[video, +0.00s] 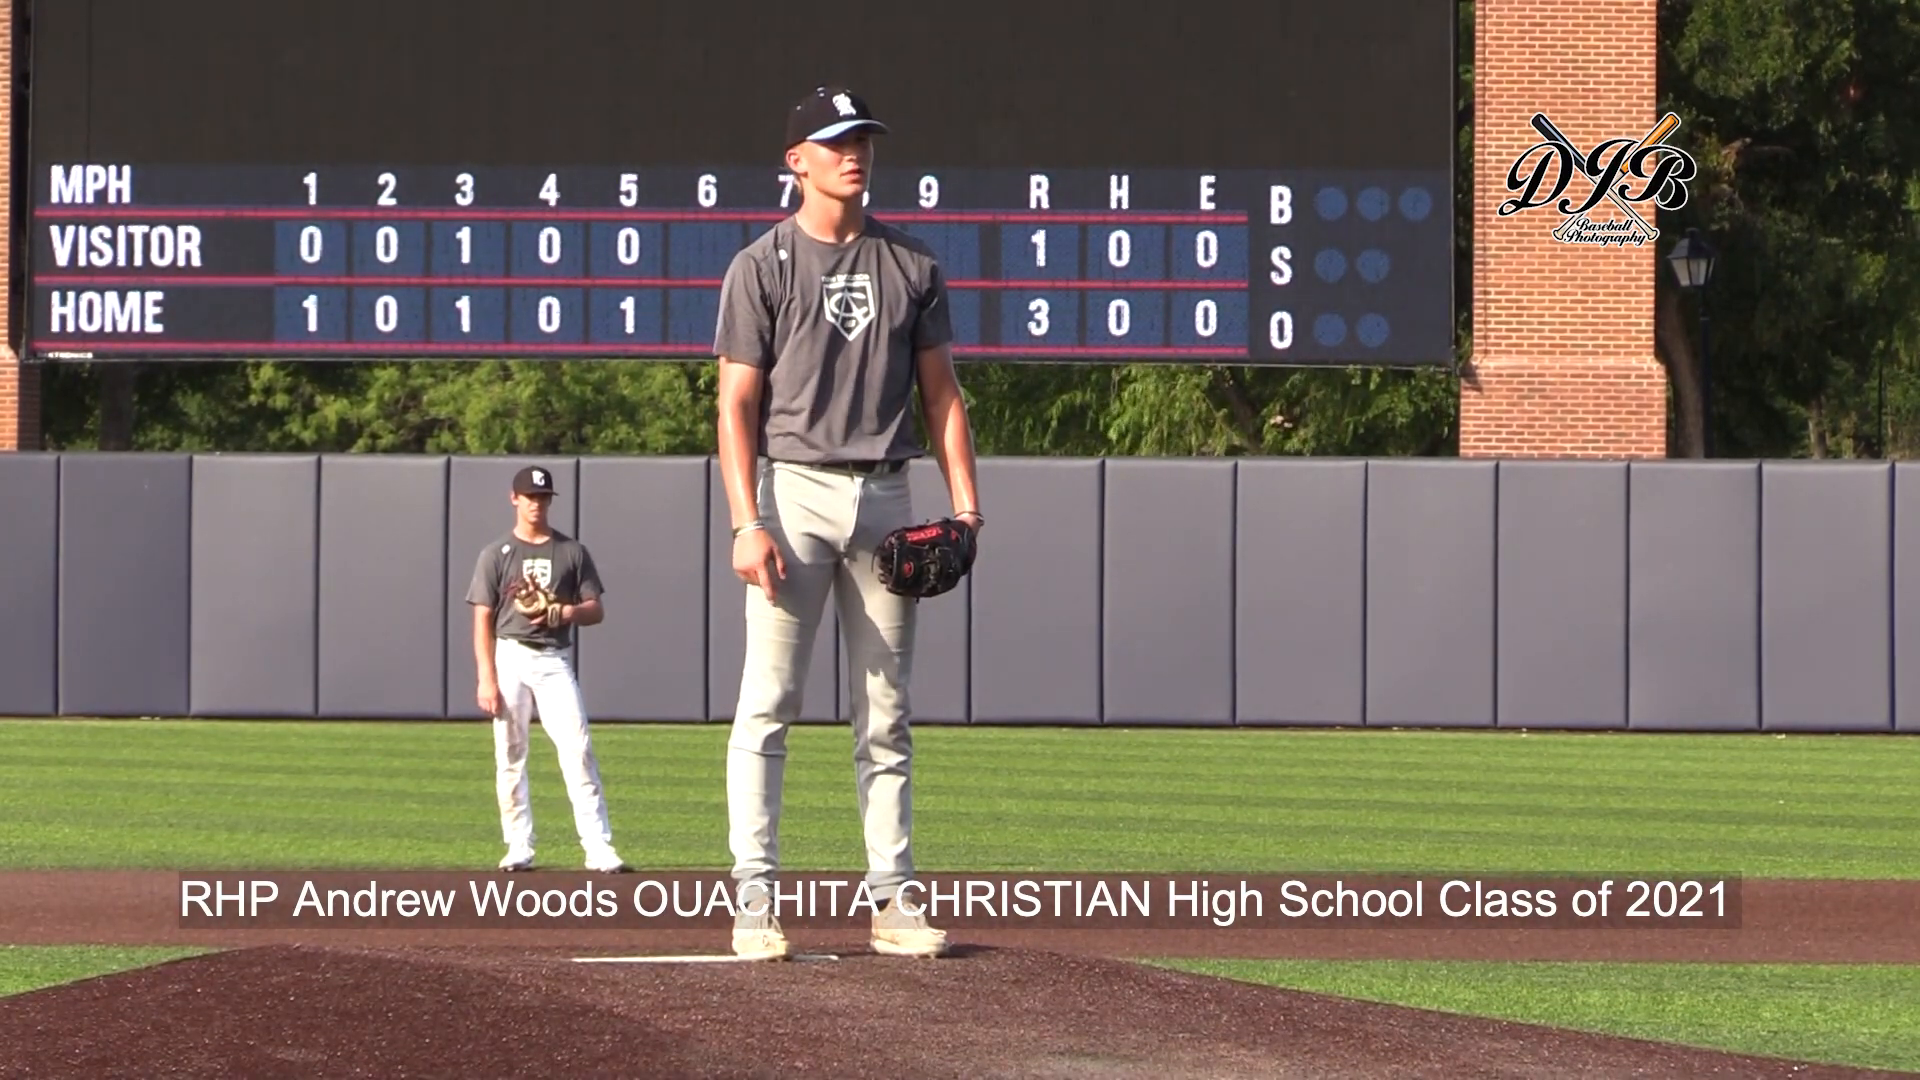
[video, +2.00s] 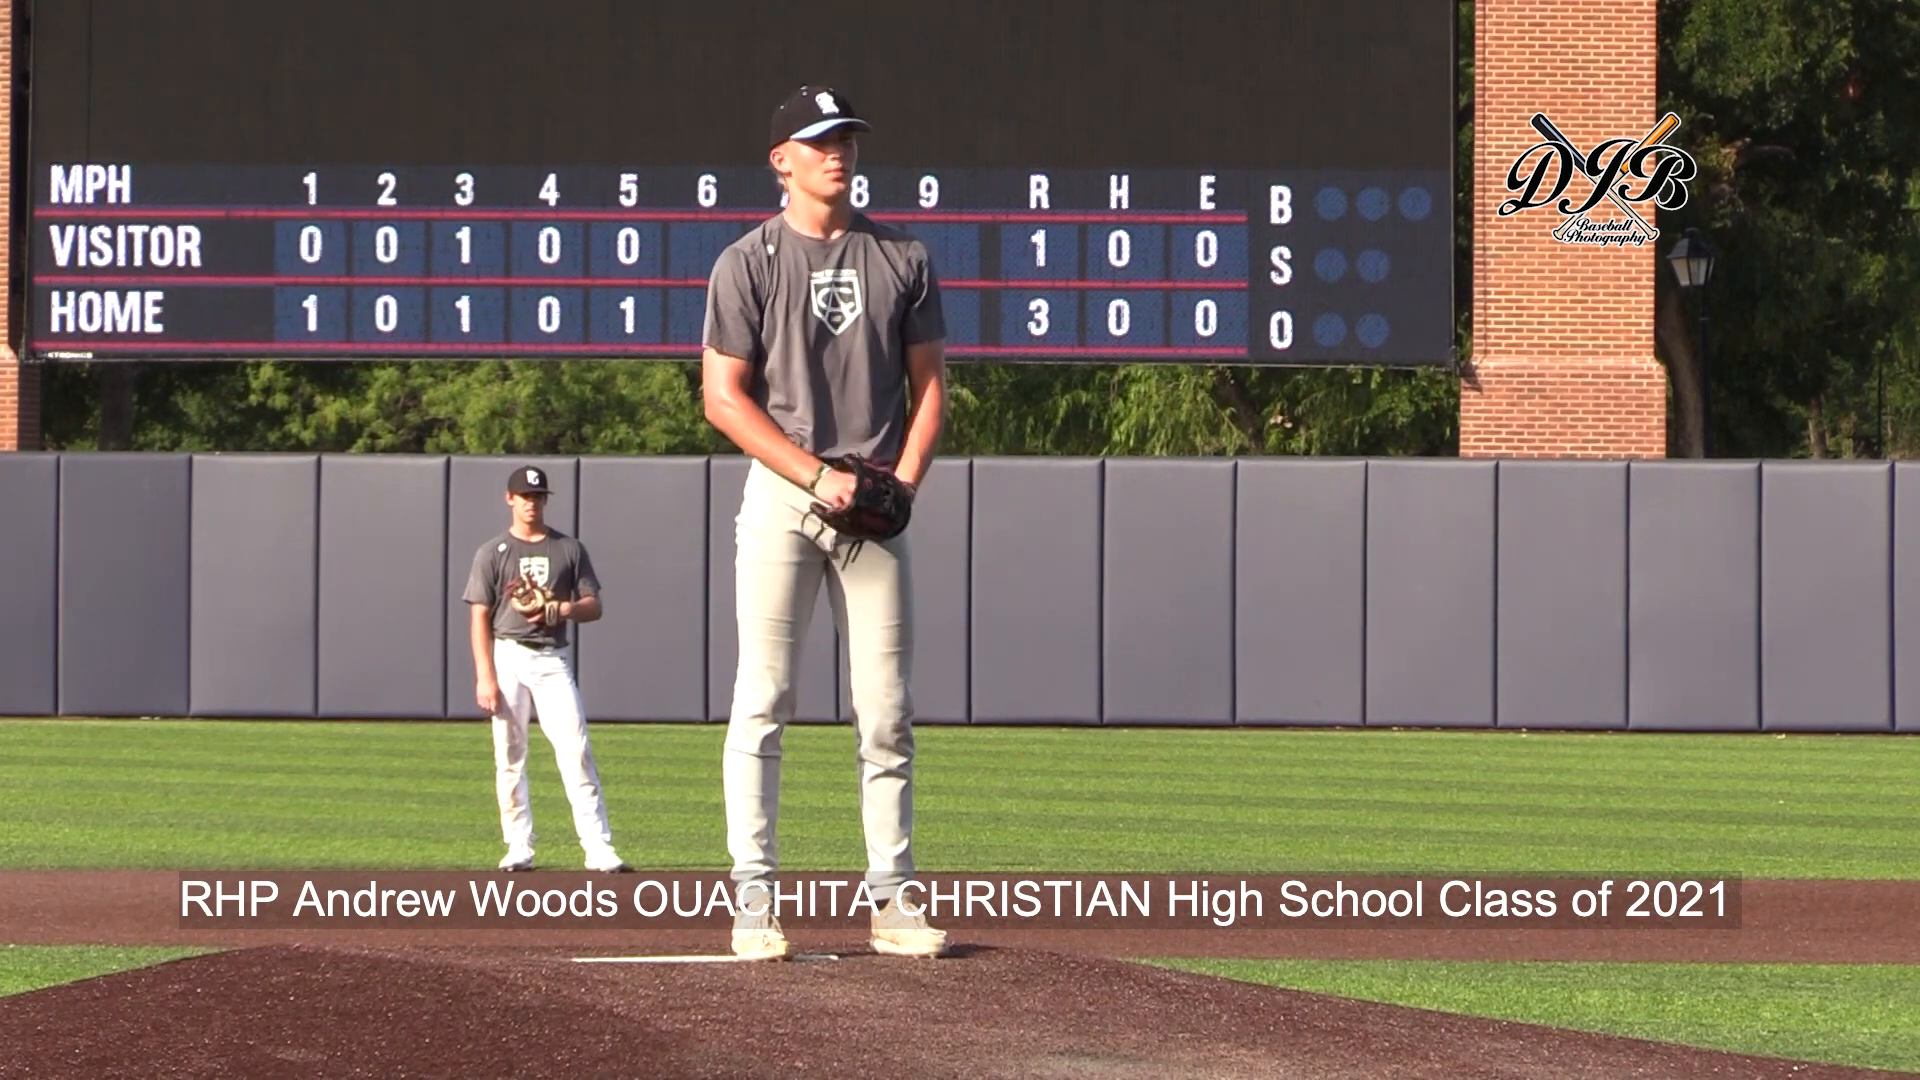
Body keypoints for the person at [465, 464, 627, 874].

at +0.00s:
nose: (537, 504)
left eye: (543, 497)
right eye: (529, 497)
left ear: (551, 500)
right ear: (515, 499)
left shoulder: (573, 551)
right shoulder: (495, 555)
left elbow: (595, 610)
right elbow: (482, 622)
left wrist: (564, 612)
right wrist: (486, 679)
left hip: (555, 660)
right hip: (508, 657)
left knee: (579, 749)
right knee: (510, 756)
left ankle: (600, 852)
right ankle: (519, 850)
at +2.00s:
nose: (532, 504)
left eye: (539, 497)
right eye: (525, 497)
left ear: (547, 500)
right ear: (510, 500)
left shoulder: (570, 549)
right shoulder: (491, 554)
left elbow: (593, 607)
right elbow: (479, 619)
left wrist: (559, 608)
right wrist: (485, 676)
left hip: (553, 658)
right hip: (506, 656)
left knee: (577, 749)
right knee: (509, 757)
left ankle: (600, 852)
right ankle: (519, 850)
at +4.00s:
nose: (559, 505)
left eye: (565, 498)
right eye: (551, 498)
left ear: (575, 502)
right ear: (538, 501)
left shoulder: (598, 554)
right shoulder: (517, 552)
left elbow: (616, 608)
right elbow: (501, 613)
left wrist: (592, 623)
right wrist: (501, 673)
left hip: (577, 665)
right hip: (530, 661)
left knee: (578, 764)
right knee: (522, 760)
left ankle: (578, 855)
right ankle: (518, 855)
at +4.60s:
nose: (537, 514)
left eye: (543, 506)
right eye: (529, 508)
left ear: (551, 507)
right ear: (514, 511)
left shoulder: (581, 546)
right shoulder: (503, 560)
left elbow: (607, 586)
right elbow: (485, 618)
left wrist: (594, 629)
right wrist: (481, 681)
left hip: (576, 664)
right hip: (528, 665)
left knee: (605, 754)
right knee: (519, 763)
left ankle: (625, 846)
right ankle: (517, 856)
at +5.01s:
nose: (600, 522)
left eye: (606, 514)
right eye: (592, 516)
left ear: (615, 517)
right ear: (578, 519)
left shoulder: (642, 561)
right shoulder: (561, 566)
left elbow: (663, 601)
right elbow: (542, 621)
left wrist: (645, 643)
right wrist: (536, 683)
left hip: (622, 675)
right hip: (571, 671)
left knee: (645, 764)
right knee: (541, 762)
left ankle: (657, 859)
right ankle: (519, 852)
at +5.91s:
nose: (608, 543)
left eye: (615, 536)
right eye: (601, 535)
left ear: (623, 539)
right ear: (585, 537)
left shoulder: (639, 579)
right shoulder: (562, 579)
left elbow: (647, 621)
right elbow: (532, 627)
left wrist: (626, 666)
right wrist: (529, 691)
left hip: (607, 671)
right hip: (556, 668)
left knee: (631, 761)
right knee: (532, 760)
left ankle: (654, 852)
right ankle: (512, 850)